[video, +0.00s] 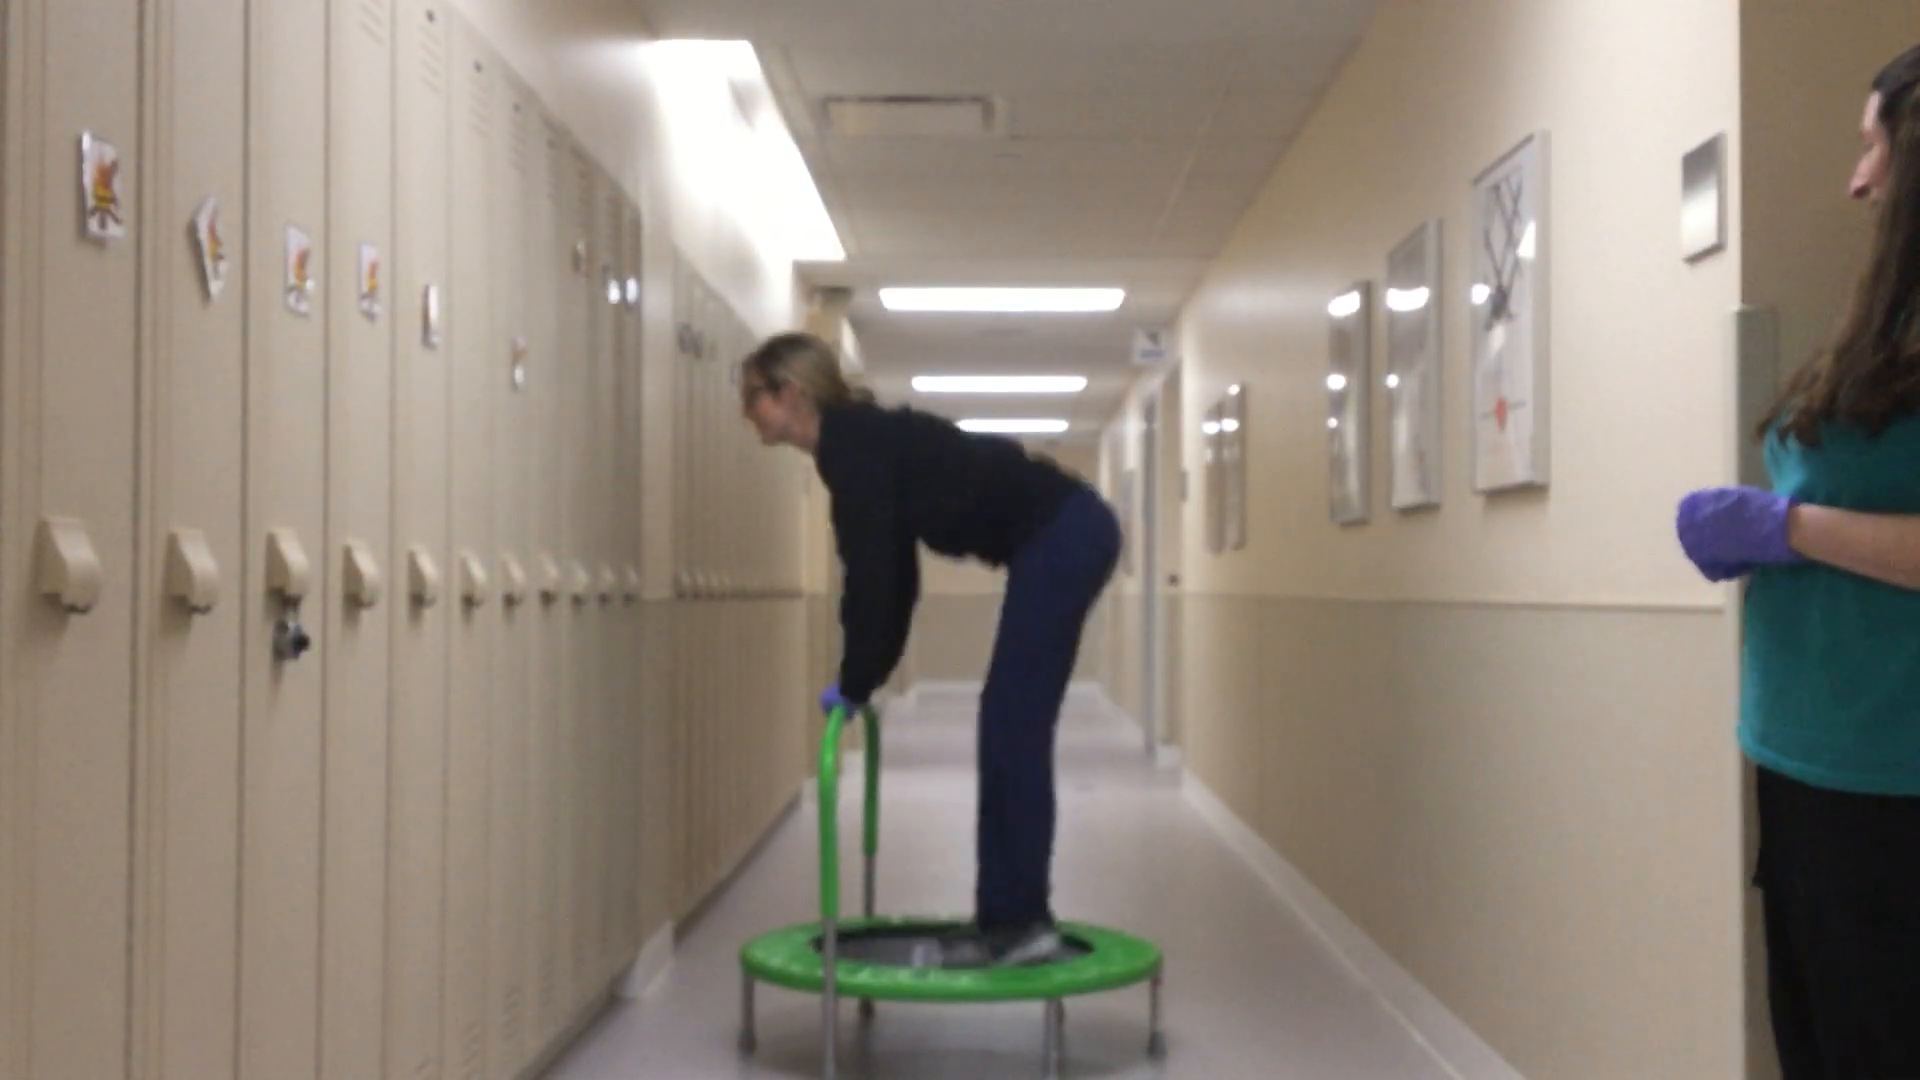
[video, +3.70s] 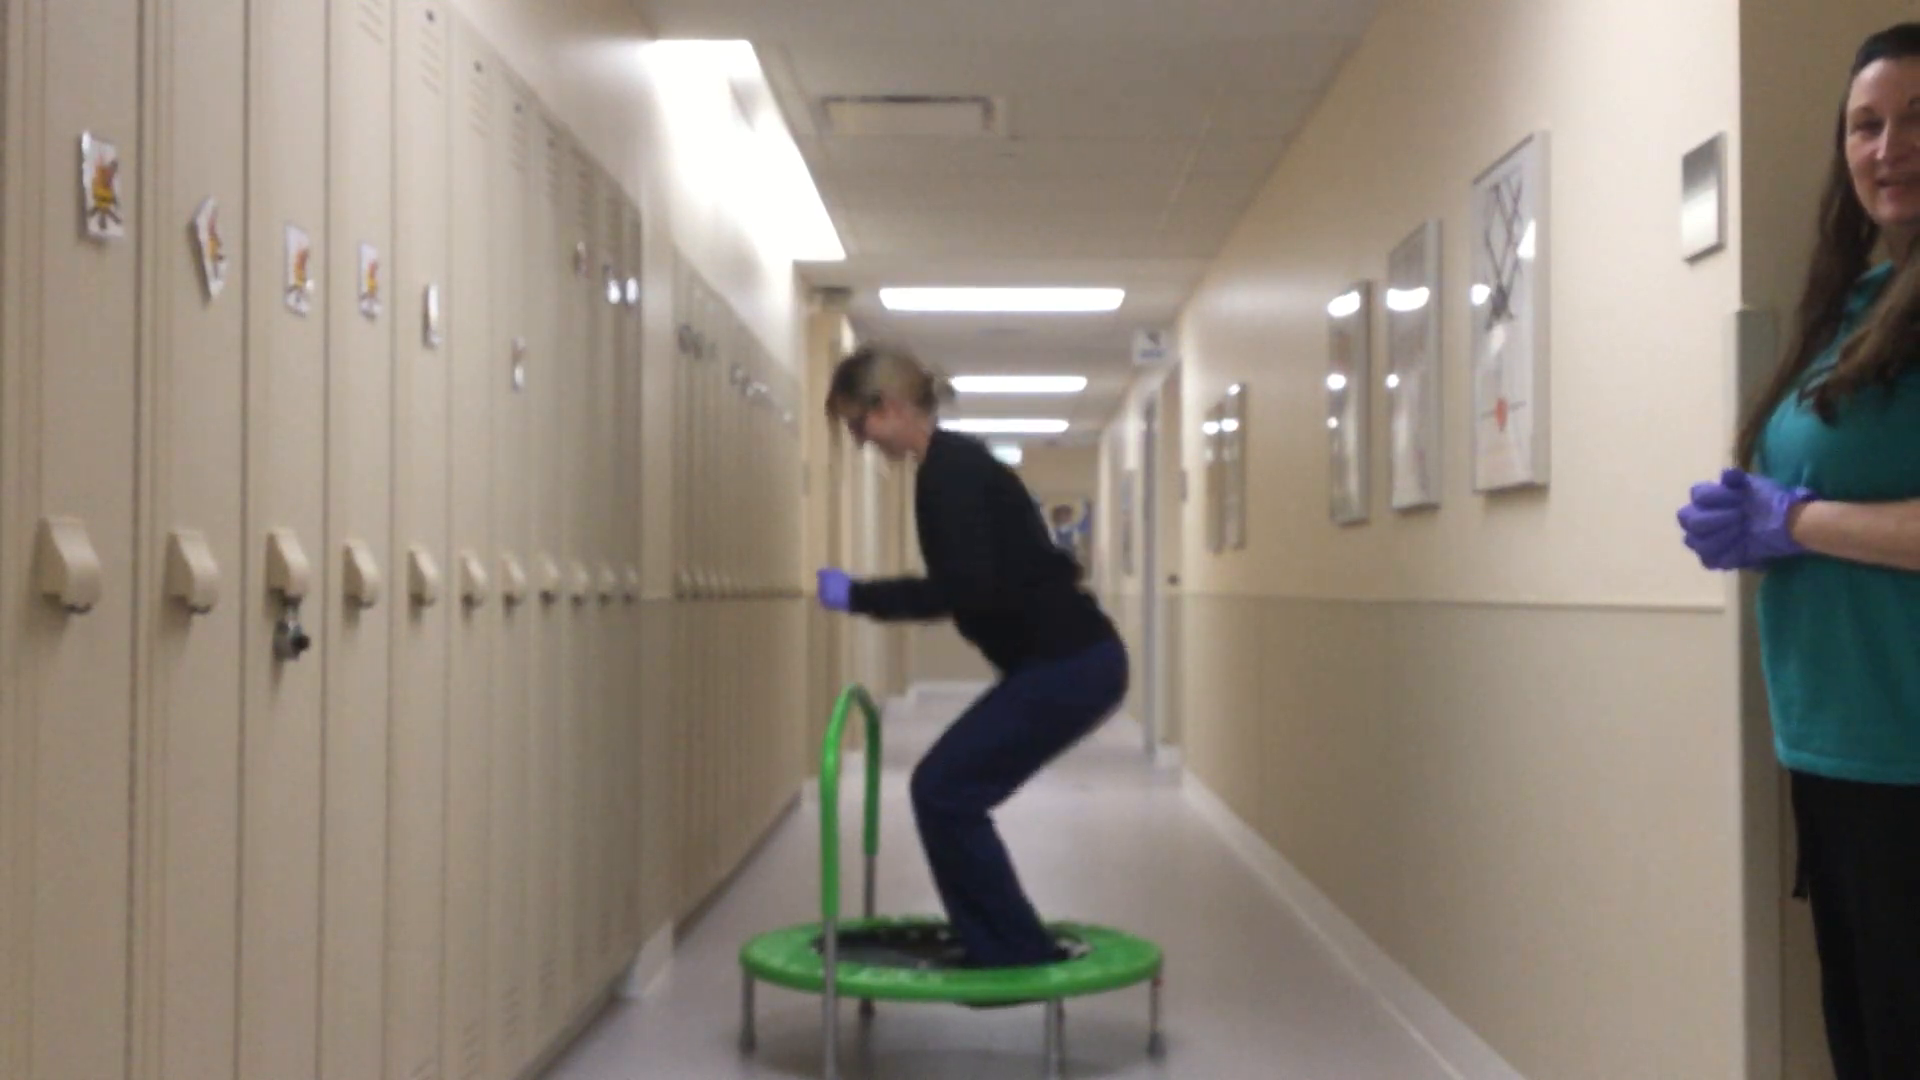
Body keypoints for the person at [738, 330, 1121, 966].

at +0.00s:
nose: (750, 417)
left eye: (753, 400)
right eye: (747, 403)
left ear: (788, 394)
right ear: (798, 393)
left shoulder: (851, 443)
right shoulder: (862, 438)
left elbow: (873, 569)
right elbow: (894, 573)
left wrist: (854, 682)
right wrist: (861, 679)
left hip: (1061, 539)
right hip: (1060, 537)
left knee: (1014, 723)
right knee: (1012, 721)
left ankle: (1014, 919)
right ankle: (1011, 916)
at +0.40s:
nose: (776, 450)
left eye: (782, 434)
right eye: (774, 436)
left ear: (818, 432)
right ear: (820, 434)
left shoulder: (873, 491)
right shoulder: (870, 489)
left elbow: (911, 608)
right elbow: (908, 607)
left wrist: (857, 687)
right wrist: (858, 682)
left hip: (1061, 622)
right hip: (1056, 620)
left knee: (955, 766)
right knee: (956, 764)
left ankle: (998, 936)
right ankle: (996, 932)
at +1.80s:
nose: (824, 386)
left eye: (819, 368)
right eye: (815, 374)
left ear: (851, 346)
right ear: (856, 346)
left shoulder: (916, 398)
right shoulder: (918, 396)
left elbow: (908, 528)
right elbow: (909, 528)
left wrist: (879, 646)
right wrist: (880, 645)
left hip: (1087, 541)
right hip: (1083, 539)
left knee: (1006, 707)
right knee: (1006, 708)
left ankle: (1014, 909)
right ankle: (1005, 905)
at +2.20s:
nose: (839, 468)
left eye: (835, 452)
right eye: (830, 458)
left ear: (865, 430)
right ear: (868, 431)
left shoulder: (929, 487)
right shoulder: (924, 486)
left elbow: (966, 603)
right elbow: (962, 604)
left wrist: (891, 681)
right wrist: (891, 678)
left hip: (1087, 650)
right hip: (1076, 648)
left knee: (964, 775)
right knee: (961, 773)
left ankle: (1016, 946)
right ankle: (1012, 942)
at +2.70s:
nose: (883, 380)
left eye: (879, 363)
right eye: (874, 370)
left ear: (904, 335)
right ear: (907, 337)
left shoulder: (974, 389)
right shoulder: (968, 390)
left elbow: (999, 517)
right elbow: (997, 520)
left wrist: (984, 630)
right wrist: (984, 628)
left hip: (1087, 596)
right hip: (1080, 595)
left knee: (997, 754)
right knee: (996, 754)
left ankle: (1023, 942)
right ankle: (1023, 938)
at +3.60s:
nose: (862, 477)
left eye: (862, 460)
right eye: (854, 466)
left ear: (893, 442)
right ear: (897, 445)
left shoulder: (956, 498)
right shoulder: (945, 501)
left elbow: (965, 623)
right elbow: (960, 619)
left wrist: (863, 620)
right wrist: (868, 619)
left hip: (1089, 685)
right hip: (1075, 682)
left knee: (949, 788)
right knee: (944, 785)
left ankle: (1015, 951)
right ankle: (1000, 943)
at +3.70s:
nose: (864, 438)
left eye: (865, 421)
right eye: (856, 427)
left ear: (897, 403)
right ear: (899, 406)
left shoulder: (953, 469)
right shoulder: (947, 468)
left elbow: (962, 588)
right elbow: (955, 588)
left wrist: (861, 595)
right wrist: (863, 595)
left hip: (1073, 665)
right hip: (1062, 662)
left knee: (944, 789)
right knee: (941, 786)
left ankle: (1012, 947)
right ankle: (994, 939)